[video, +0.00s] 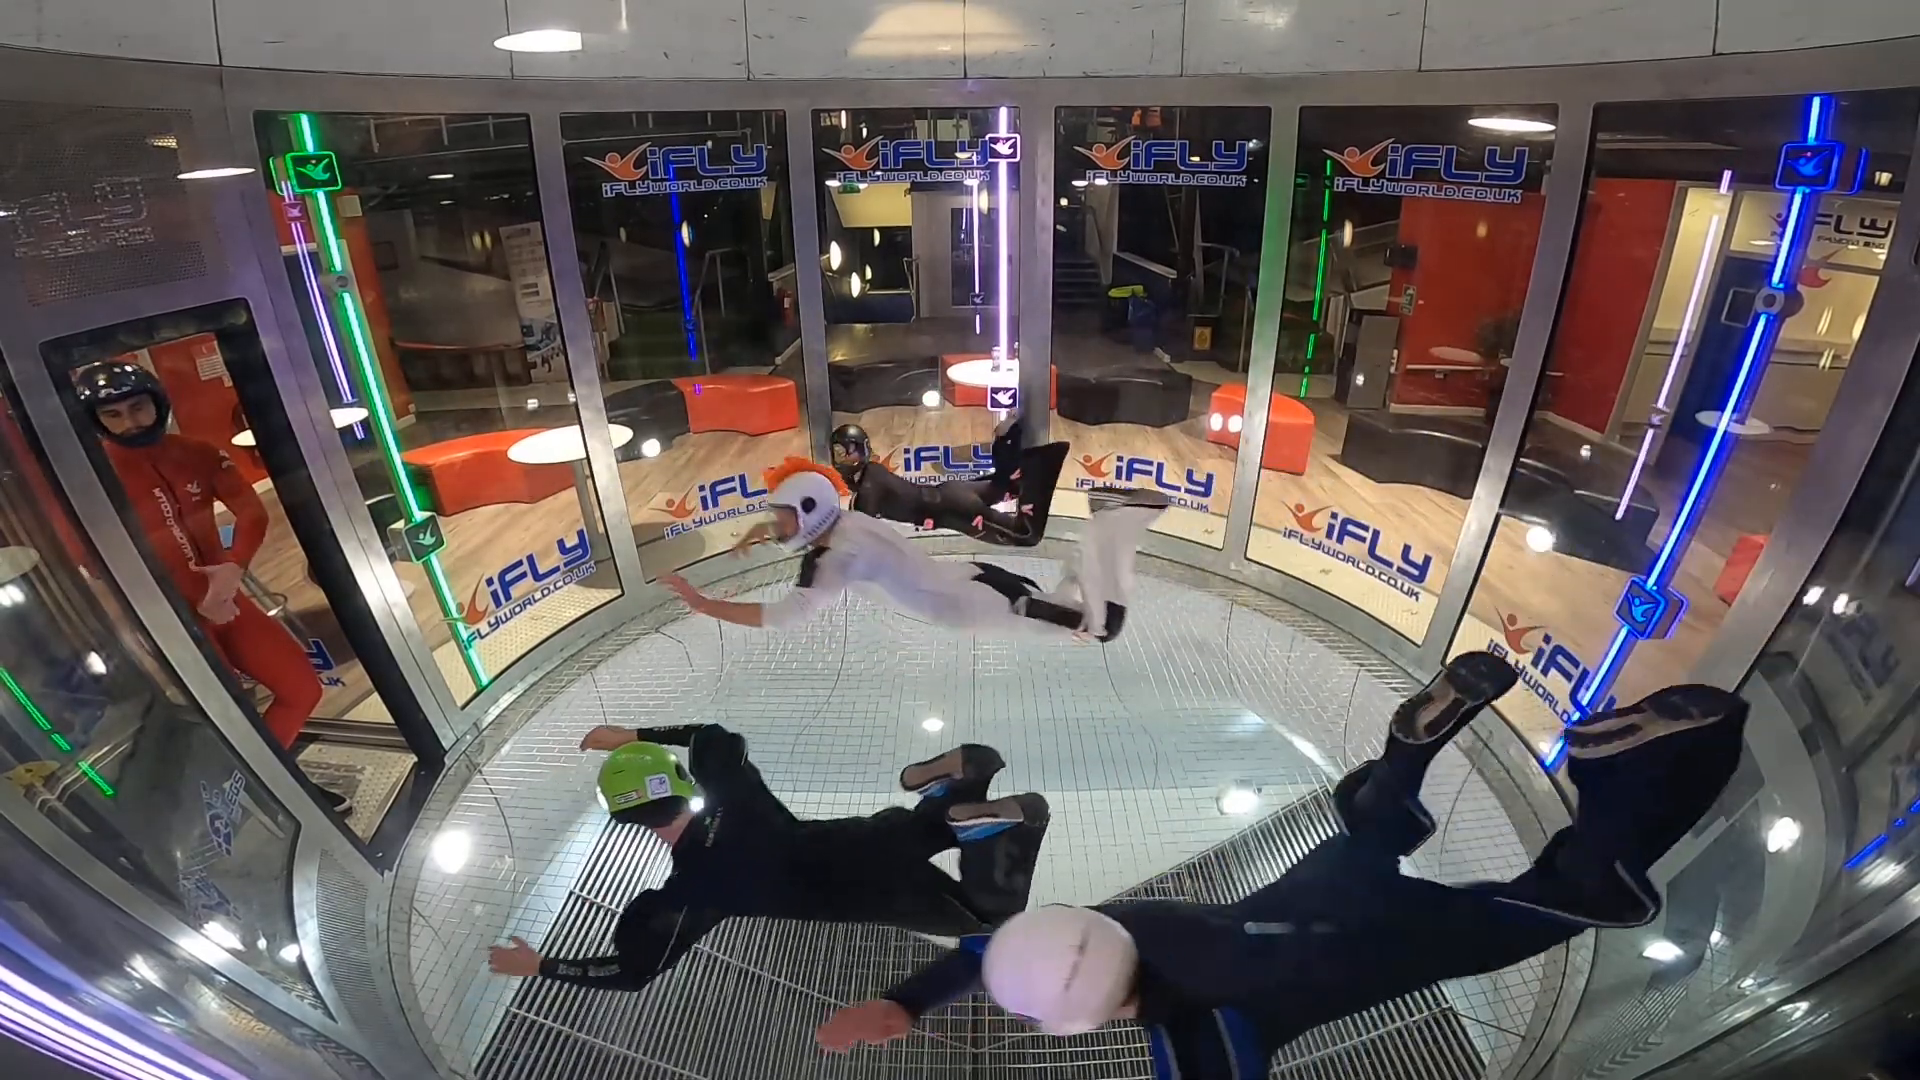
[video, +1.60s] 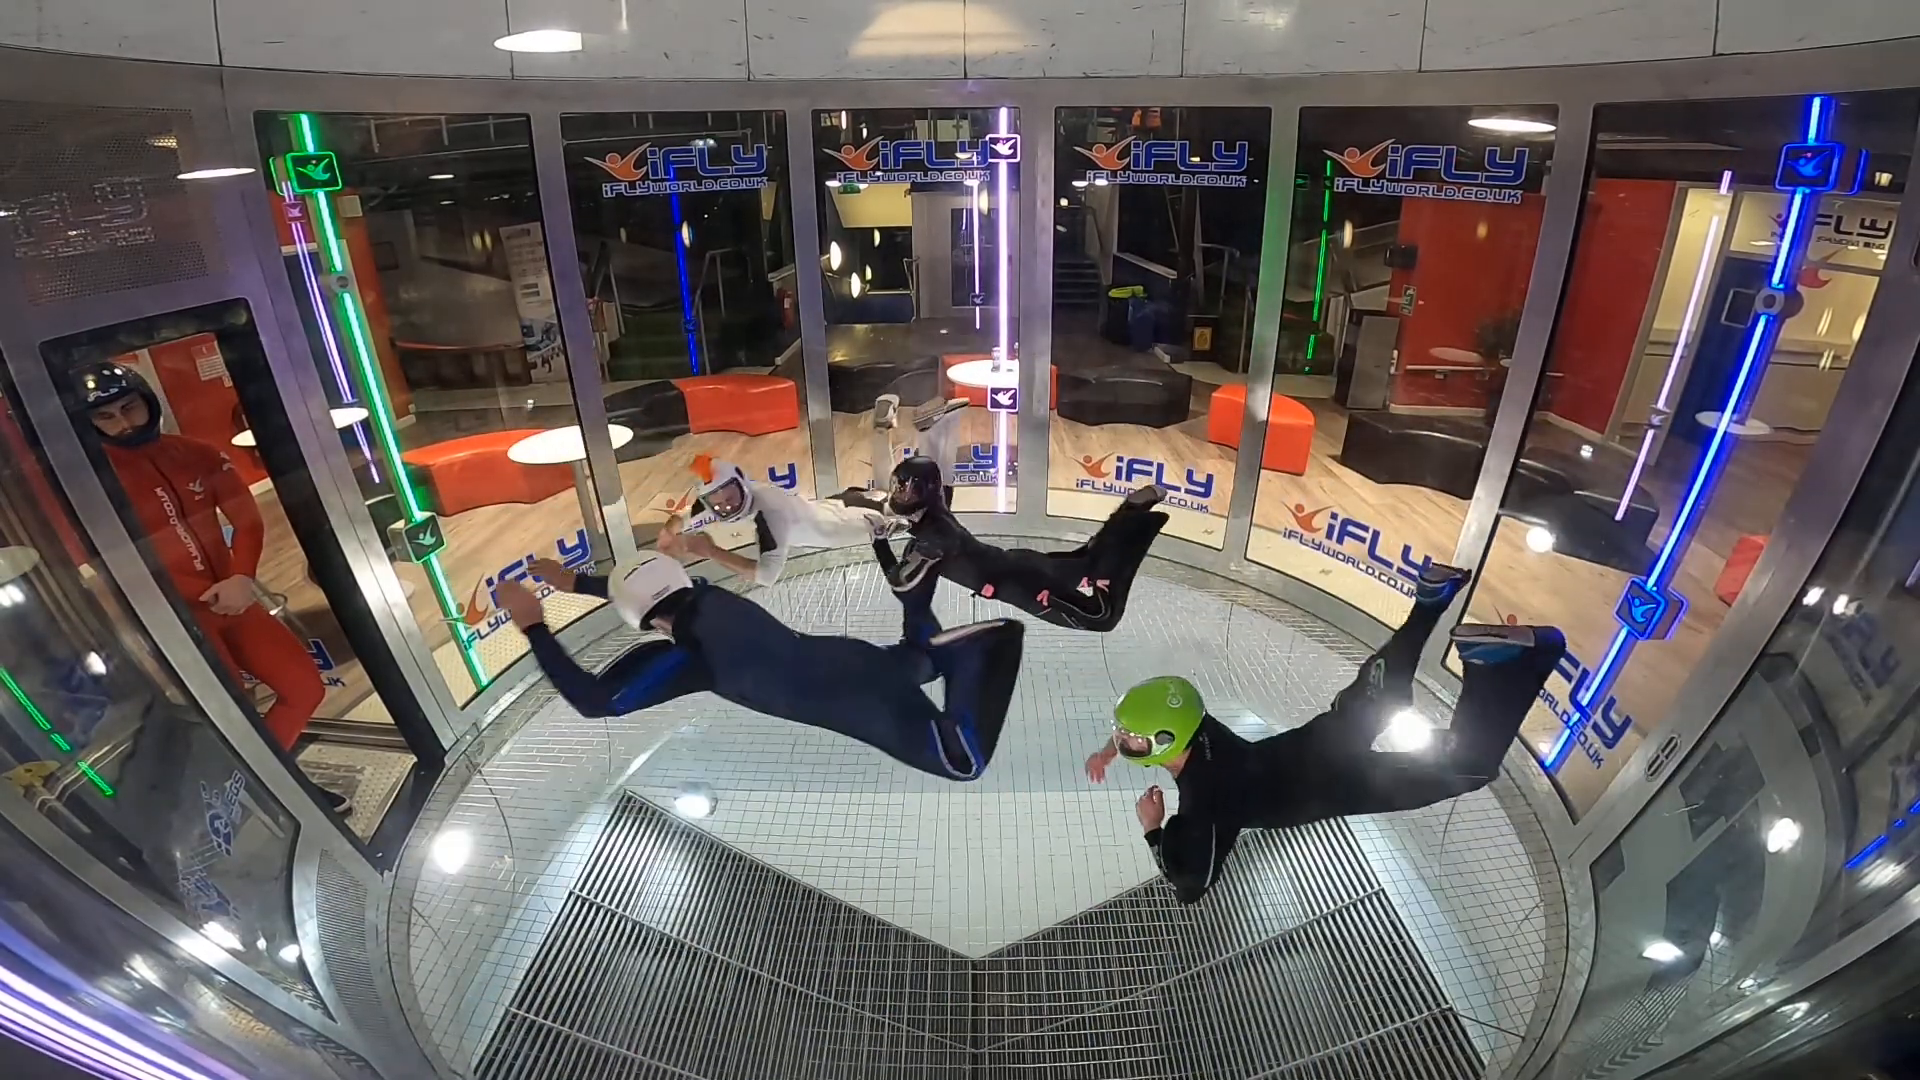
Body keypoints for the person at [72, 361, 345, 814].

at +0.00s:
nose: (130, 423)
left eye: (138, 407)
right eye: (113, 415)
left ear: (154, 402)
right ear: (96, 421)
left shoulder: (197, 455)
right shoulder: (94, 477)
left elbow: (252, 514)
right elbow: (99, 566)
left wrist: (233, 568)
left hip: (224, 602)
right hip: (170, 622)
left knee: (303, 689)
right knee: (233, 714)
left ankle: (243, 780)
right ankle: (294, 791)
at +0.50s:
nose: (126, 423)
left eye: (131, 407)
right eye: (108, 416)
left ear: (148, 402)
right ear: (92, 424)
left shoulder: (200, 456)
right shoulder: (95, 479)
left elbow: (249, 519)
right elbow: (101, 564)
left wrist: (240, 574)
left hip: (230, 603)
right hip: (177, 621)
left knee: (305, 689)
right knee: (237, 712)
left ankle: (242, 781)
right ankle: (295, 792)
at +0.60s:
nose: (126, 422)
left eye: (131, 406)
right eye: (109, 415)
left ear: (148, 400)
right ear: (92, 424)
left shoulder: (199, 455)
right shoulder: (94, 480)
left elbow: (249, 519)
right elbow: (100, 570)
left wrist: (240, 574)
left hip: (231, 603)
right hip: (177, 622)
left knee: (305, 688)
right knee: (236, 712)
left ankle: (241, 781)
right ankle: (294, 793)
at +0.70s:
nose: (128, 422)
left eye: (133, 406)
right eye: (111, 416)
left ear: (150, 399)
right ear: (94, 423)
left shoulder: (199, 455)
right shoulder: (95, 478)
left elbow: (249, 519)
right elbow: (103, 564)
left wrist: (241, 575)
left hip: (230, 603)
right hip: (177, 621)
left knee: (305, 689)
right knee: (235, 711)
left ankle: (240, 783)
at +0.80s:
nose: (129, 423)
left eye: (135, 406)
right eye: (111, 416)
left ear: (151, 401)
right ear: (95, 423)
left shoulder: (197, 455)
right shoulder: (96, 480)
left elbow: (249, 519)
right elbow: (99, 567)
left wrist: (240, 576)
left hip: (230, 602)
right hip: (175, 620)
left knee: (303, 689)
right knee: (232, 717)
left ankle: (255, 778)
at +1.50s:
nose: (120, 425)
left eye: (127, 409)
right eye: (104, 418)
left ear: (145, 404)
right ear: (88, 425)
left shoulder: (198, 455)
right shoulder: (93, 482)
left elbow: (247, 521)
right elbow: (104, 575)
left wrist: (243, 577)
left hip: (234, 604)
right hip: (180, 624)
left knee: (305, 688)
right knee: (237, 717)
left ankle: (240, 784)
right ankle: (294, 794)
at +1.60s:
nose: (123, 423)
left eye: (128, 407)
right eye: (106, 417)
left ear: (145, 401)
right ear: (90, 425)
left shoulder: (198, 455)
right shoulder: (95, 481)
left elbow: (247, 521)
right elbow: (108, 571)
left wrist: (243, 577)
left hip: (234, 604)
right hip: (181, 623)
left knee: (305, 688)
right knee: (237, 715)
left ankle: (243, 784)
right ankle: (295, 795)